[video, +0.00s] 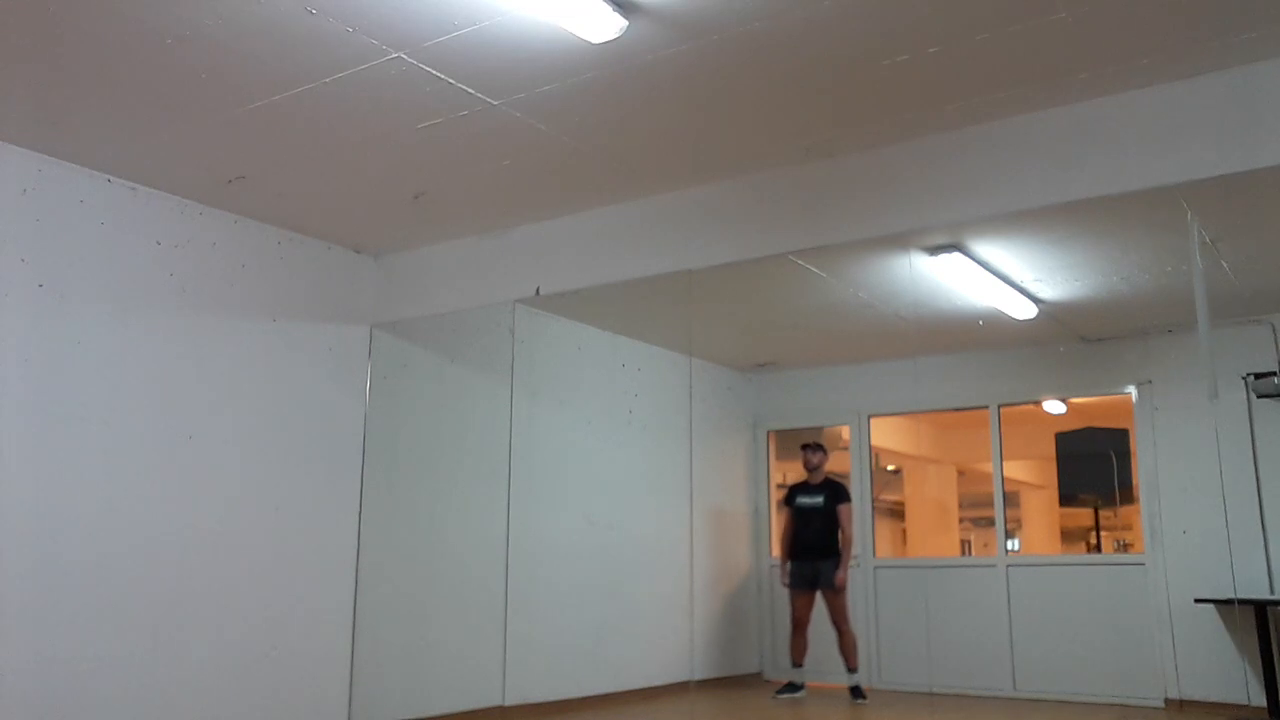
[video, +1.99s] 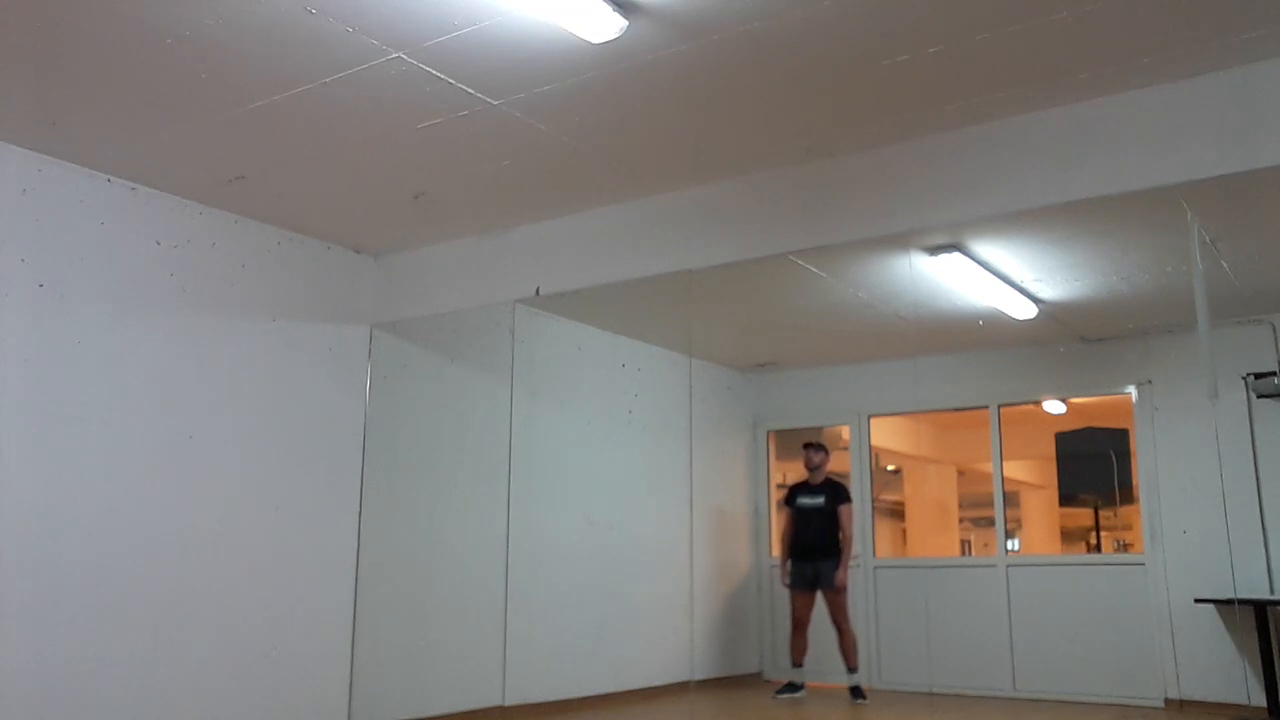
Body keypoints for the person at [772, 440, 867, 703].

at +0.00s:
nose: (811, 458)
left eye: (816, 454)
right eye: (807, 454)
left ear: (825, 459)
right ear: (802, 459)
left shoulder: (837, 490)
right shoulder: (794, 492)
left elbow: (846, 531)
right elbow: (788, 528)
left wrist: (843, 567)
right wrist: (784, 563)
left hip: (829, 564)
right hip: (800, 564)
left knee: (841, 623)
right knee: (798, 623)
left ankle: (854, 681)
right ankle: (796, 680)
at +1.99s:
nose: (811, 458)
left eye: (817, 454)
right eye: (808, 454)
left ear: (827, 459)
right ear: (804, 459)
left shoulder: (838, 490)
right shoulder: (795, 491)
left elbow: (846, 532)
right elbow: (788, 528)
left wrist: (843, 568)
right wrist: (784, 562)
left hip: (830, 563)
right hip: (800, 564)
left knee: (842, 623)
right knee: (799, 623)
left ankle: (854, 681)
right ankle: (796, 680)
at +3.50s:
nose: (808, 460)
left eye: (813, 455)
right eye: (805, 456)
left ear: (824, 458)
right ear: (801, 461)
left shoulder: (838, 490)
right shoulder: (795, 492)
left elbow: (846, 531)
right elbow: (788, 529)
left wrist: (843, 567)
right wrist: (785, 562)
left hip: (830, 563)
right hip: (801, 564)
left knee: (841, 623)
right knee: (799, 624)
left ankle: (854, 682)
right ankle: (796, 680)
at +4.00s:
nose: (810, 461)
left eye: (815, 456)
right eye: (806, 457)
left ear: (825, 459)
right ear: (803, 461)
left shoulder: (839, 490)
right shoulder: (796, 491)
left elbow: (847, 531)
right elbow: (788, 528)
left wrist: (844, 566)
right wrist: (786, 562)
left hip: (831, 564)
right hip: (802, 565)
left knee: (842, 623)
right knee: (799, 624)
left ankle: (854, 682)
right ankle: (796, 680)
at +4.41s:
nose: (810, 460)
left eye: (815, 455)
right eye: (806, 456)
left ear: (825, 458)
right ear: (803, 461)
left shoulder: (839, 490)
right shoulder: (796, 491)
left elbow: (848, 531)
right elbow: (788, 528)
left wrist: (844, 566)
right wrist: (785, 562)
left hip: (831, 564)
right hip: (802, 565)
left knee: (842, 624)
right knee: (799, 624)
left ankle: (854, 682)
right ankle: (796, 680)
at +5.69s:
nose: (808, 459)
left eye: (813, 454)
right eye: (805, 455)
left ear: (824, 458)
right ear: (801, 460)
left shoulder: (835, 487)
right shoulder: (794, 491)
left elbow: (827, 520)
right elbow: (787, 528)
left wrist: (788, 529)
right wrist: (782, 562)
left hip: (829, 563)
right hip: (801, 564)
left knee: (841, 624)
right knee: (795, 622)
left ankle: (854, 683)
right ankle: (796, 679)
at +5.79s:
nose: (804, 460)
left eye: (809, 455)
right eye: (800, 456)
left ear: (820, 459)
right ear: (797, 461)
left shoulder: (829, 487)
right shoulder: (790, 492)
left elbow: (812, 514)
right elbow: (781, 530)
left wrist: (773, 520)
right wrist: (773, 561)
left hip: (824, 564)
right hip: (796, 565)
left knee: (837, 624)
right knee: (789, 623)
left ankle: (854, 683)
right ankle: (796, 680)